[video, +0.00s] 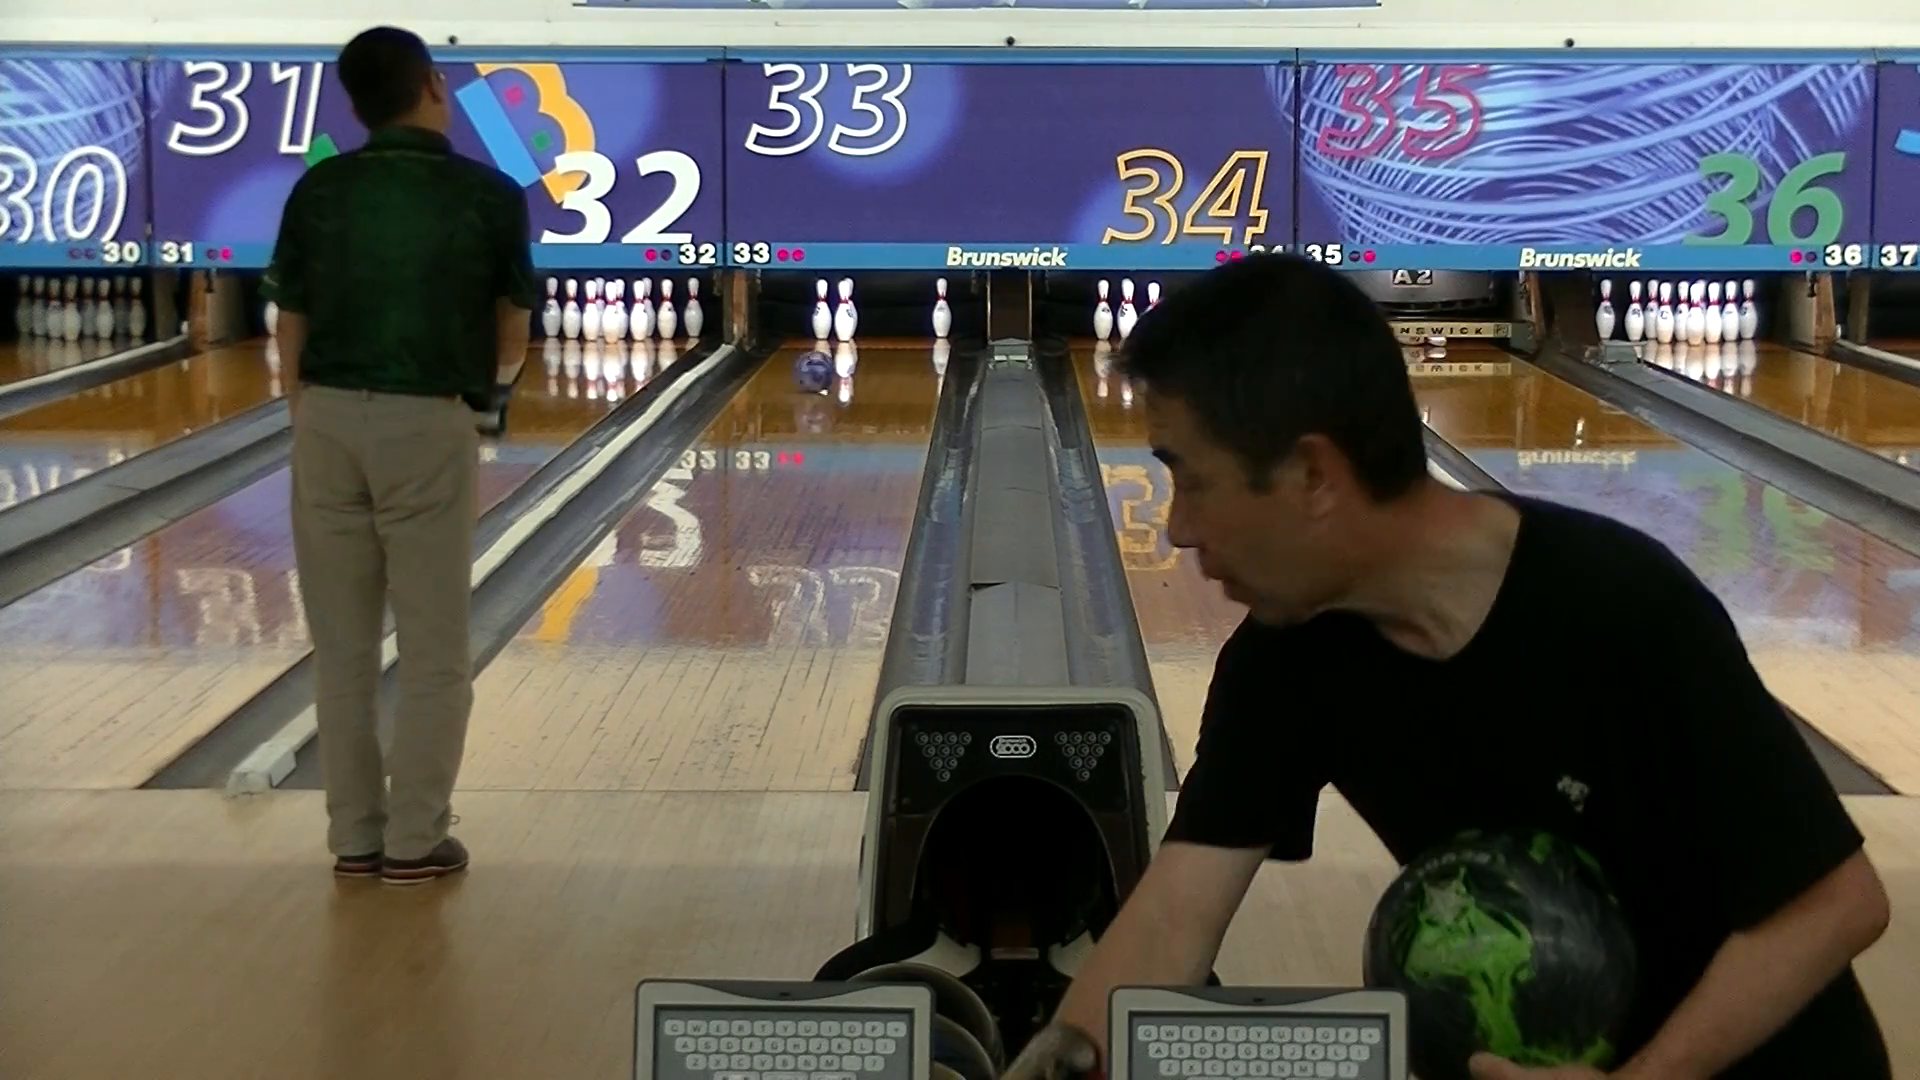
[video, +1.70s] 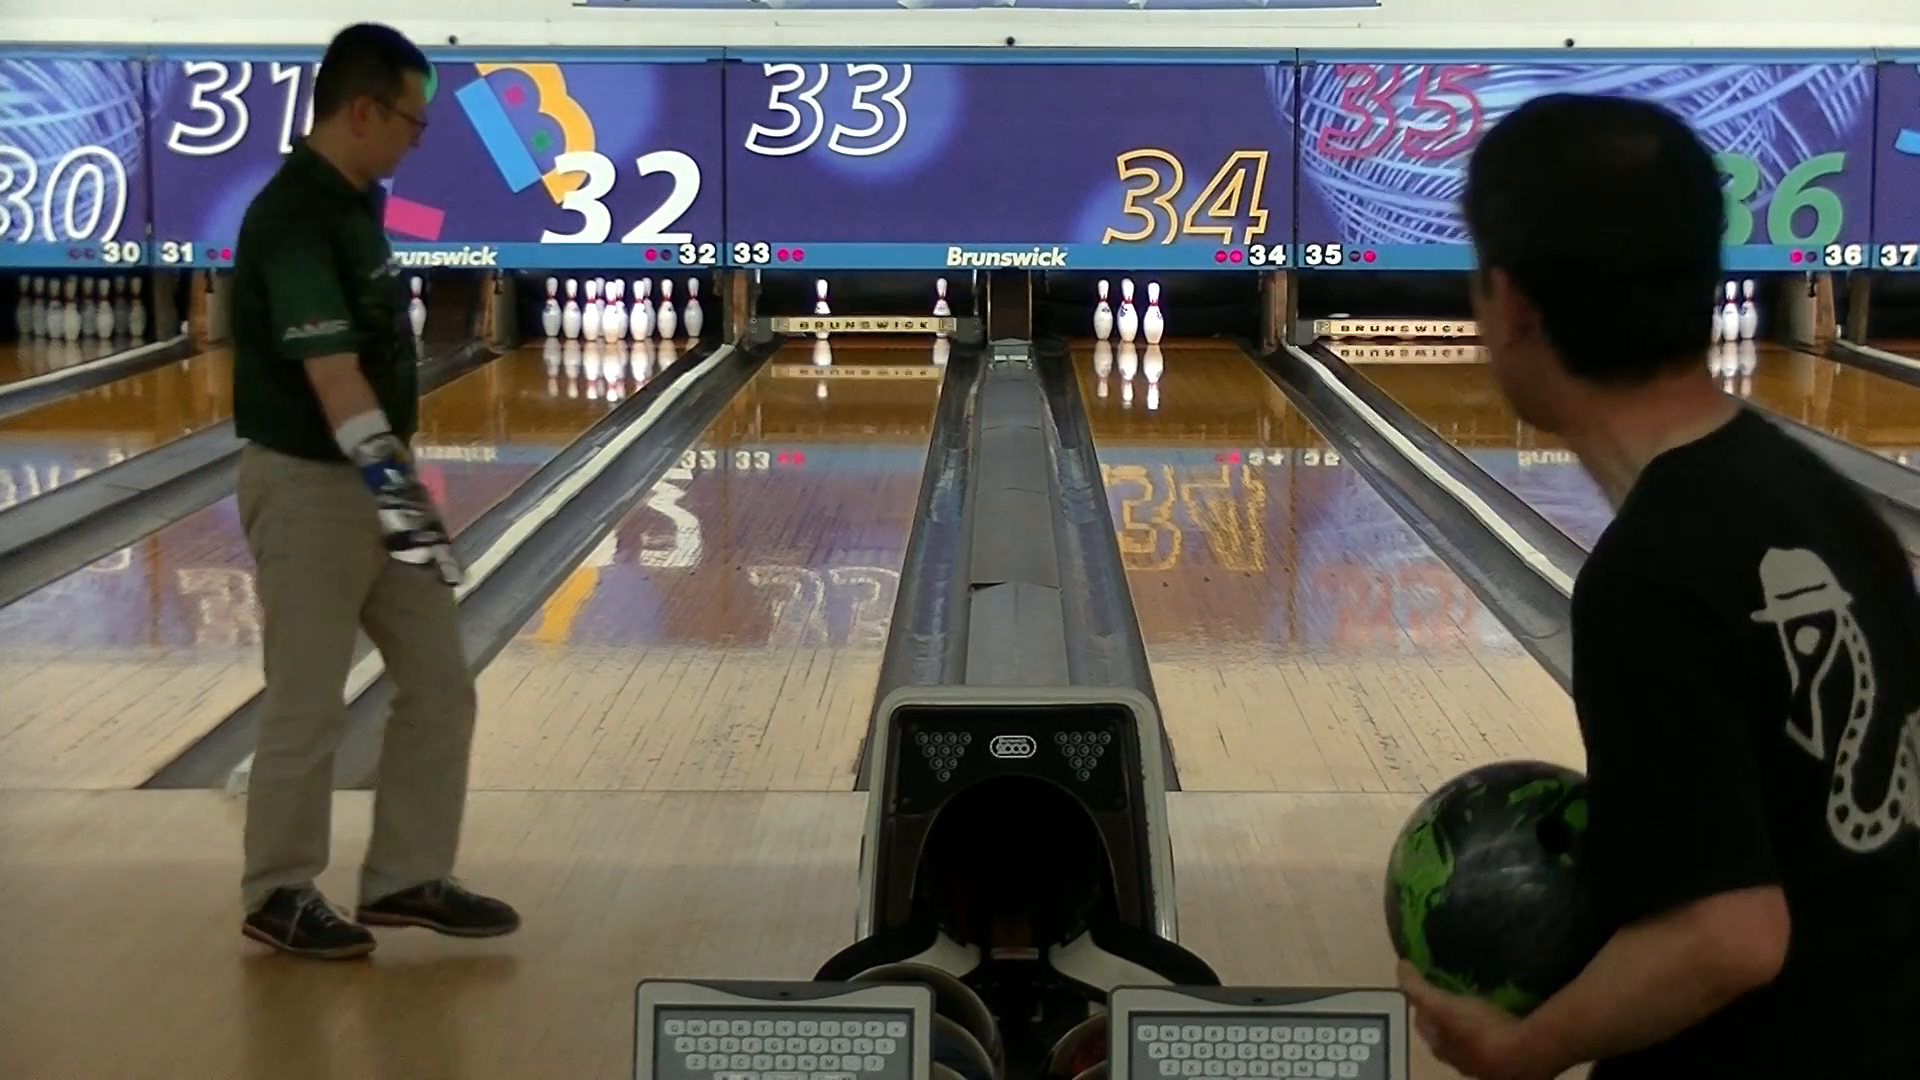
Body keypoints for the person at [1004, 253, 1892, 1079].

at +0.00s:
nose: (1175, 534)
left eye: (1188, 483)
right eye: (1170, 484)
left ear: (1314, 477)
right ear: (1309, 482)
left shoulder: (1625, 600)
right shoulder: (1288, 650)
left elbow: (1839, 900)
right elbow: (1168, 924)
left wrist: (1635, 1073)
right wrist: (1050, 1070)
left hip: (1770, 1041)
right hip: (1542, 1036)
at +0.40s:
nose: (1191, 473)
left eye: (1182, 440)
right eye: (1180, 440)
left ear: (1243, 449)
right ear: (1384, 373)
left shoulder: (1596, 608)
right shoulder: (1337, 595)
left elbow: (1775, 941)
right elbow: (1273, 876)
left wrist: (1570, 1072)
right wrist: (1139, 1044)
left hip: (1768, 1062)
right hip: (1557, 1027)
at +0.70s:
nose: (1256, 403)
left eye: (1246, 362)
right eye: (1248, 363)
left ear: (1291, 376)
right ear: (1444, 314)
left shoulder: (1559, 591)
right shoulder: (1425, 535)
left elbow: (1704, 947)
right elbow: (1381, 819)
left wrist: (1474, 1075)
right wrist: (1224, 992)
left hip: (1753, 1063)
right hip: (1612, 1041)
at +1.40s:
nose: (1309, 373)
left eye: (1303, 344)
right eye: (1302, 342)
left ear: (1353, 358)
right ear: (1511, 306)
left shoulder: (1607, 585)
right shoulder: (1493, 536)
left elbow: (1753, 938)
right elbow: (1442, 820)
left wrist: (1526, 1071)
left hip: (1786, 1062)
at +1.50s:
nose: (1353, 349)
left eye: (1352, 317)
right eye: (1350, 315)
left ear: (1394, 342)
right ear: (1562, 296)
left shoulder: (1604, 586)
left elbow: (1736, 945)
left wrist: (1519, 1067)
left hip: (1765, 1059)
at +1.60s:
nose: (1412, 328)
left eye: (1410, 295)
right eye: (1410, 294)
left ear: (1447, 325)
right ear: (1621, 286)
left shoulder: (1621, 586)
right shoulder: (1723, 488)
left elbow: (1731, 943)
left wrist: (1517, 1061)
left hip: (1763, 1051)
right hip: (1859, 1015)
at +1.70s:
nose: (1480, 318)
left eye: (1480, 284)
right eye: (1482, 283)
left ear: (1513, 309)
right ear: (1695, 277)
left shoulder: (1645, 576)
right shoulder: (1817, 495)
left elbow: (1730, 931)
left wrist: (1529, 1046)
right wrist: (1632, 857)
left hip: (1742, 1057)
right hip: (1878, 1031)